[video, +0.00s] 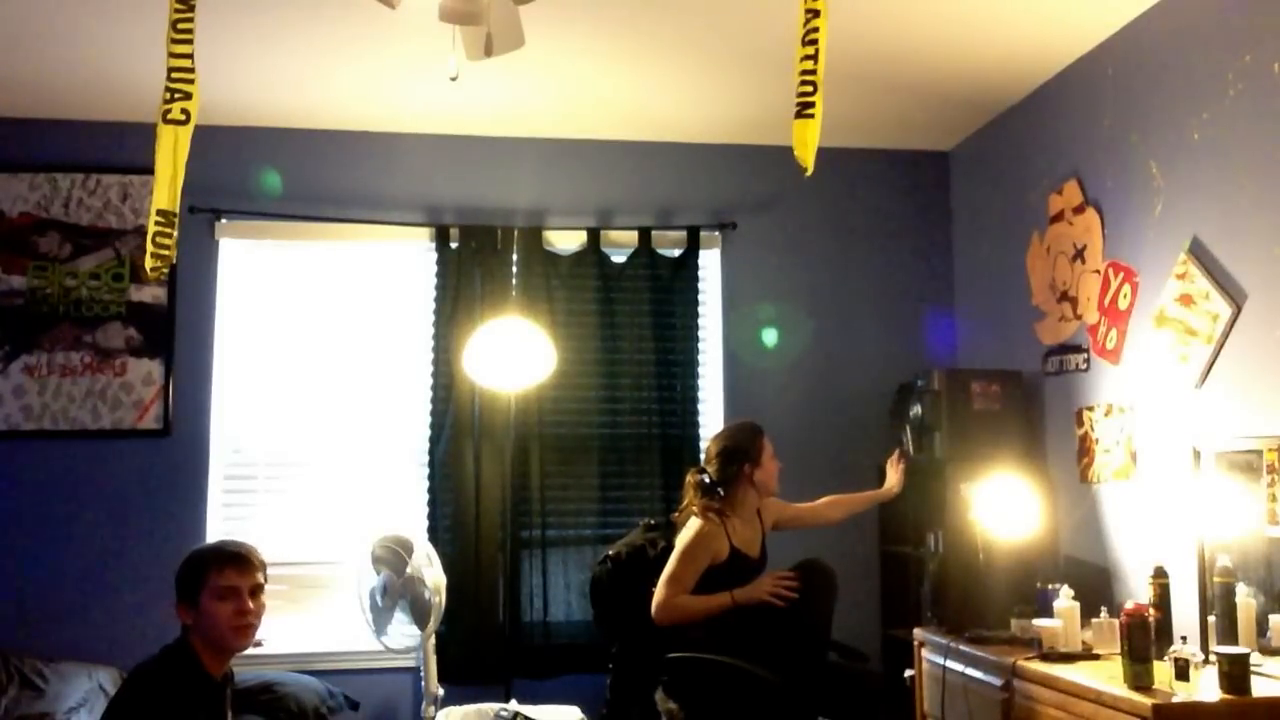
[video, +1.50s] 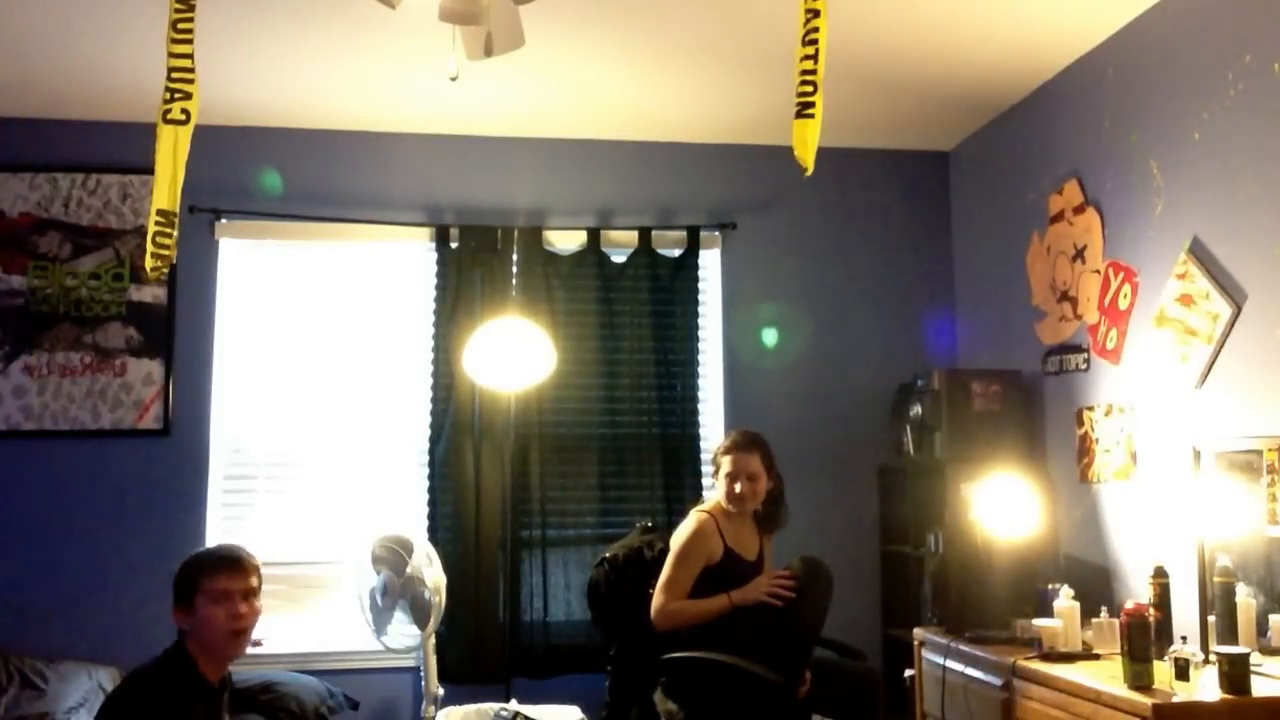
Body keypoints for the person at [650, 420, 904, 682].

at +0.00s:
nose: (779, 465)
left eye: (775, 457)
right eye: (772, 458)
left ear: (749, 472)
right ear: (749, 471)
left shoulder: (762, 511)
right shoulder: (704, 529)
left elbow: (823, 510)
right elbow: (663, 609)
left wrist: (885, 492)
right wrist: (742, 595)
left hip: (734, 637)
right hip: (695, 652)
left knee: (815, 575)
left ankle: (806, 687)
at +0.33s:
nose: (778, 465)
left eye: (774, 456)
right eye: (771, 458)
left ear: (748, 471)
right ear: (749, 471)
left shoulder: (762, 511)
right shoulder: (704, 529)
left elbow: (823, 510)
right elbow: (663, 610)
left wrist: (886, 491)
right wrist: (742, 595)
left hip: (734, 636)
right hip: (694, 651)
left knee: (815, 575)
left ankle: (806, 685)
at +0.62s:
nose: (779, 464)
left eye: (774, 456)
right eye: (769, 458)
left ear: (738, 474)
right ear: (735, 474)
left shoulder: (758, 511)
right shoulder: (704, 528)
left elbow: (809, 537)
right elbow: (664, 610)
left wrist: (867, 502)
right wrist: (744, 595)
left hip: (731, 636)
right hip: (694, 651)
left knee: (816, 575)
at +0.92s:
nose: (749, 470)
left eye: (758, 462)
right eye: (738, 462)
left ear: (770, 472)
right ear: (716, 473)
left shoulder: (758, 516)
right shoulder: (702, 525)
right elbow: (660, 609)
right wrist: (741, 595)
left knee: (815, 575)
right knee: (812, 577)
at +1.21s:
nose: (745, 478)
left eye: (755, 469)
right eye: (734, 469)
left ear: (769, 479)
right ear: (715, 476)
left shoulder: (755, 526)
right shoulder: (699, 526)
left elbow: (765, 602)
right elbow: (661, 612)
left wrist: (796, 664)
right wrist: (740, 596)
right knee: (811, 573)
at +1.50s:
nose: (740, 488)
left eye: (751, 478)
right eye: (731, 478)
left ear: (768, 483)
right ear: (717, 479)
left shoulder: (760, 528)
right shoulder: (700, 527)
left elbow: (764, 607)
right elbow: (661, 614)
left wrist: (795, 665)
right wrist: (740, 596)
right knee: (811, 574)